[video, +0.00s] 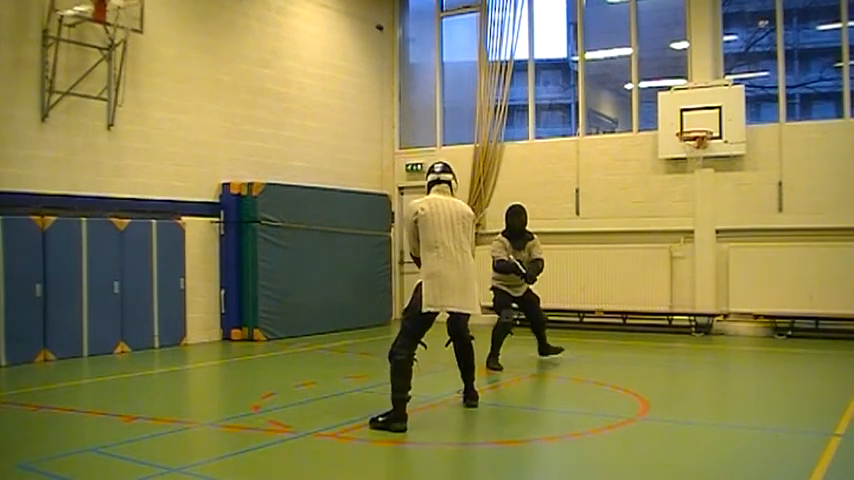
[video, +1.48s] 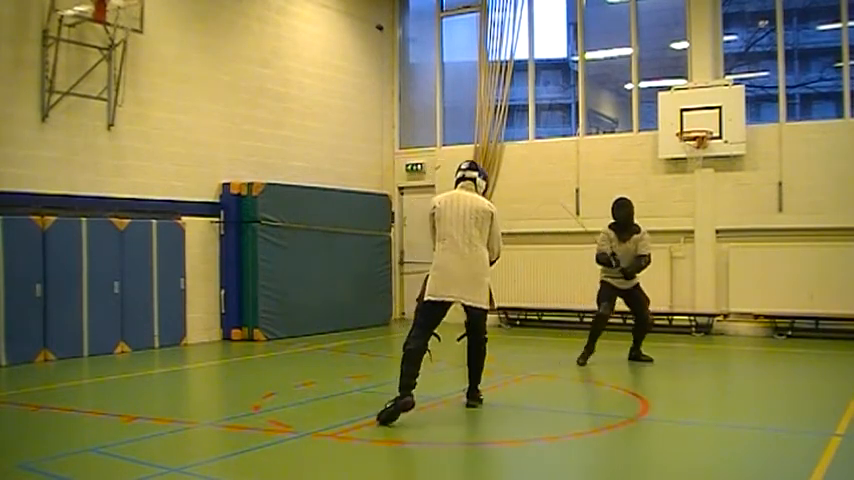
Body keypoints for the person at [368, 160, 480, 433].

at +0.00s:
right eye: (450, 182)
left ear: (428, 184)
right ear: (453, 184)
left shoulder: (417, 207)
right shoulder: (466, 210)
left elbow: (413, 251)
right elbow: (471, 247)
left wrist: (433, 269)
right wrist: (450, 267)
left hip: (432, 285)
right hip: (464, 285)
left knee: (402, 347)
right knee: (460, 333)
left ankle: (398, 413)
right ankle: (470, 392)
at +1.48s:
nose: (481, 187)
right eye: (483, 183)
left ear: (457, 180)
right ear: (480, 183)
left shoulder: (438, 202)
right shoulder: (488, 207)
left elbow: (435, 241)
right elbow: (494, 251)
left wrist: (449, 260)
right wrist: (474, 265)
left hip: (442, 277)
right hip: (475, 280)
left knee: (419, 334)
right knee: (477, 336)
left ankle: (405, 394)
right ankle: (473, 392)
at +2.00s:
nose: (487, 187)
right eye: (487, 182)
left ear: (460, 181)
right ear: (484, 183)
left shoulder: (442, 205)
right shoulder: (492, 208)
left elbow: (441, 247)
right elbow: (500, 256)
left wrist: (457, 268)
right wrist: (478, 271)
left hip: (449, 283)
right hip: (484, 284)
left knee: (435, 343)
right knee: (505, 328)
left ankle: (449, 401)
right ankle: (508, 386)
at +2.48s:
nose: (523, 188)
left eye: (522, 184)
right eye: (523, 184)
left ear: (495, 181)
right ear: (519, 184)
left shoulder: (476, 205)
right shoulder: (525, 209)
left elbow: (469, 241)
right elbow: (534, 257)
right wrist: (510, 264)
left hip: (478, 285)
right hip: (514, 285)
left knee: (458, 341)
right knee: (531, 331)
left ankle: (451, 399)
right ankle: (531, 386)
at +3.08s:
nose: (494, 183)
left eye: (493, 179)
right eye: (493, 178)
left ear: (466, 176)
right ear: (488, 176)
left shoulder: (449, 204)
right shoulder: (488, 195)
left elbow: (470, 247)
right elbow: (501, 236)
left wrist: (512, 260)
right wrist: (527, 233)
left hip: (448, 287)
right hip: (481, 287)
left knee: (455, 344)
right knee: (502, 341)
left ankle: (457, 404)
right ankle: (496, 403)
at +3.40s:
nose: (497, 186)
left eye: (496, 182)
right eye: (497, 182)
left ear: (468, 178)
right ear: (492, 179)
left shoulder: (448, 204)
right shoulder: (493, 198)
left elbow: (450, 250)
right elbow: (501, 243)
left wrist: (494, 274)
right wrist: (514, 260)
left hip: (446, 288)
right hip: (477, 286)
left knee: (459, 346)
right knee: (481, 349)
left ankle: (459, 410)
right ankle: (460, 413)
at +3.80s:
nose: (506, 176)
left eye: (504, 172)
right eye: (506, 172)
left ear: (475, 169)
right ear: (502, 170)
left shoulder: (455, 196)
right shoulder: (507, 195)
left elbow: (447, 243)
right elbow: (517, 243)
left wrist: (469, 260)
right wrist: (511, 265)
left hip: (461, 283)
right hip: (493, 283)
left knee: (482, 343)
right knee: (483, 348)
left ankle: (472, 400)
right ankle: (460, 422)